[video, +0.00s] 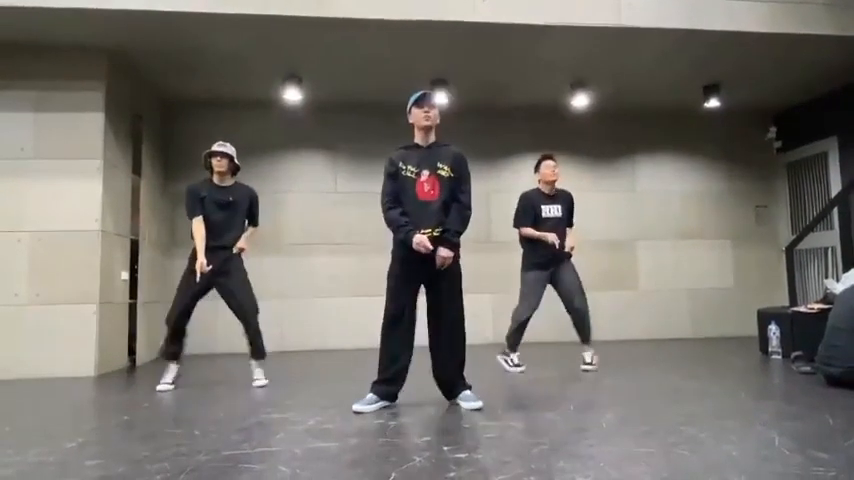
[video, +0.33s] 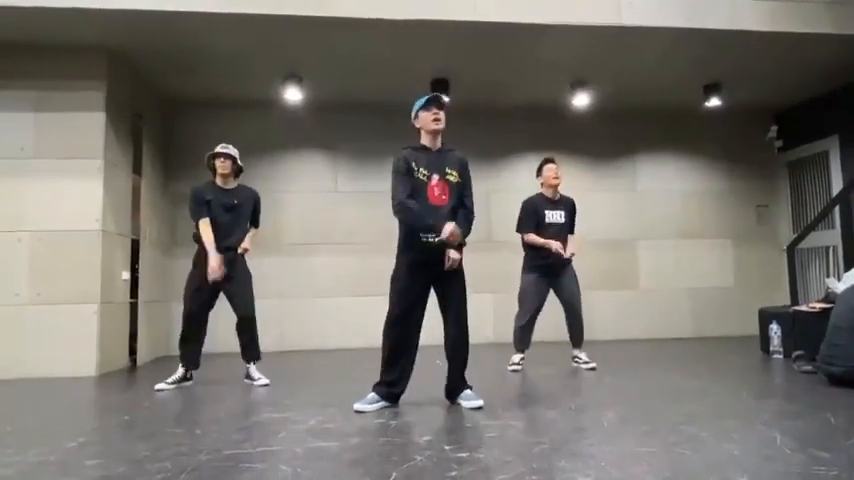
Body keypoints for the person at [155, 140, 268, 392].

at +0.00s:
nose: (218, 161)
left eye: (223, 158)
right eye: (215, 157)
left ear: (233, 163)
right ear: (209, 162)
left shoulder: (247, 194)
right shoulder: (196, 190)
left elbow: (252, 224)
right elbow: (197, 224)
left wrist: (244, 238)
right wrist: (200, 256)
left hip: (230, 259)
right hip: (202, 258)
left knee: (249, 312)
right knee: (177, 315)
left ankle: (257, 365)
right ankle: (172, 365)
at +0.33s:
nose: (221, 162)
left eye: (226, 158)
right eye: (218, 158)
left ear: (236, 164)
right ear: (212, 164)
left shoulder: (250, 195)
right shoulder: (201, 192)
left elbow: (253, 225)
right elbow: (204, 225)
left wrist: (247, 242)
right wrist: (212, 255)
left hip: (235, 258)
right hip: (206, 256)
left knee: (246, 312)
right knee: (193, 311)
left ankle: (251, 366)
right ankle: (186, 369)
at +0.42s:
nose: (222, 164)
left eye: (227, 161)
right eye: (219, 159)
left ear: (235, 167)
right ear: (212, 163)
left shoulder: (245, 194)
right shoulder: (198, 191)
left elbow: (248, 224)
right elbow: (197, 222)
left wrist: (247, 238)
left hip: (236, 258)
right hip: (208, 258)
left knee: (247, 309)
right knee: (194, 312)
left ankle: (251, 366)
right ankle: (184, 369)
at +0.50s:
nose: (220, 168)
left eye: (226, 165)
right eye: (217, 163)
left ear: (233, 171)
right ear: (210, 166)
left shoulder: (242, 197)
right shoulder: (195, 192)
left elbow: (244, 227)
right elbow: (188, 224)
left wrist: (244, 237)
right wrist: (211, 202)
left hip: (237, 256)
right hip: (208, 257)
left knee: (247, 308)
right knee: (197, 310)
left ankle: (252, 366)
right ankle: (182, 368)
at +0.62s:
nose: (216, 168)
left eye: (222, 165)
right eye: (213, 163)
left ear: (229, 172)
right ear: (205, 167)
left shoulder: (237, 199)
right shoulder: (190, 193)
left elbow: (236, 229)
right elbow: (169, 221)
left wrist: (238, 240)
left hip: (231, 258)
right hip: (201, 259)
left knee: (245, 309)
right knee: (189, 313)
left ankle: (251, 366)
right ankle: (180, 369)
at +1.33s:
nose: (218, 166)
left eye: (223, 162)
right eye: (214, 163)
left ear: (232, 168)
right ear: (209, 169)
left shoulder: (247, 196)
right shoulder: (206, 199)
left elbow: (270, 220)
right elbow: (206, 228)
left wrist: (254, 245)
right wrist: (185, 243)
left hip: (241, 265)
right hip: (214, 267)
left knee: (254, 318)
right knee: (197, 319)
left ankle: (263, 366)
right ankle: (185, 372)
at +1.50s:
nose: (232, 161)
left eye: (236, 157)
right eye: (228, 157)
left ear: (245, 163)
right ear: (222, 163)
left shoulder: (261, 192)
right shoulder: (210, 192)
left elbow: (275, 224)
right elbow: (198, 221)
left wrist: (269, 241)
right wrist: (191, 225)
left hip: (250, 261)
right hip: (220, 261)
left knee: (257, 315)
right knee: (205, 314)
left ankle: (263, 368)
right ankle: (192, 368)